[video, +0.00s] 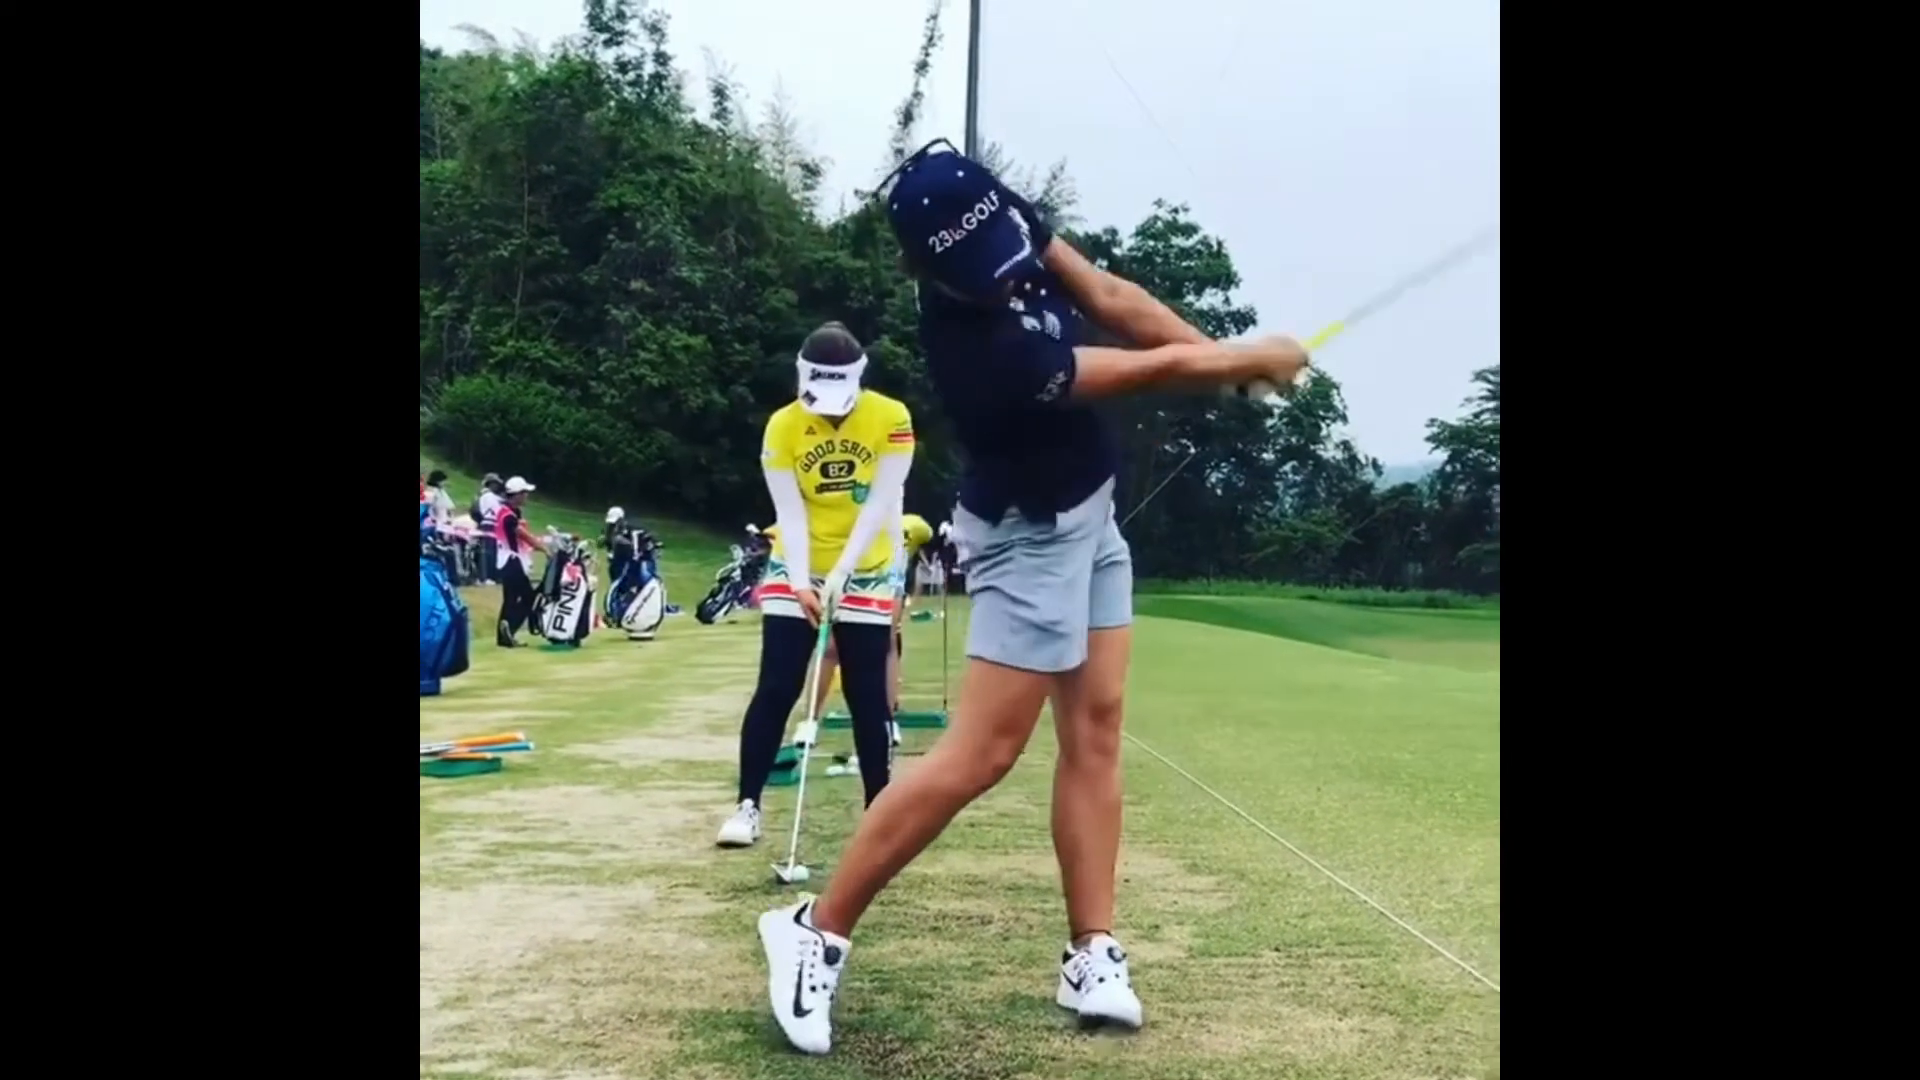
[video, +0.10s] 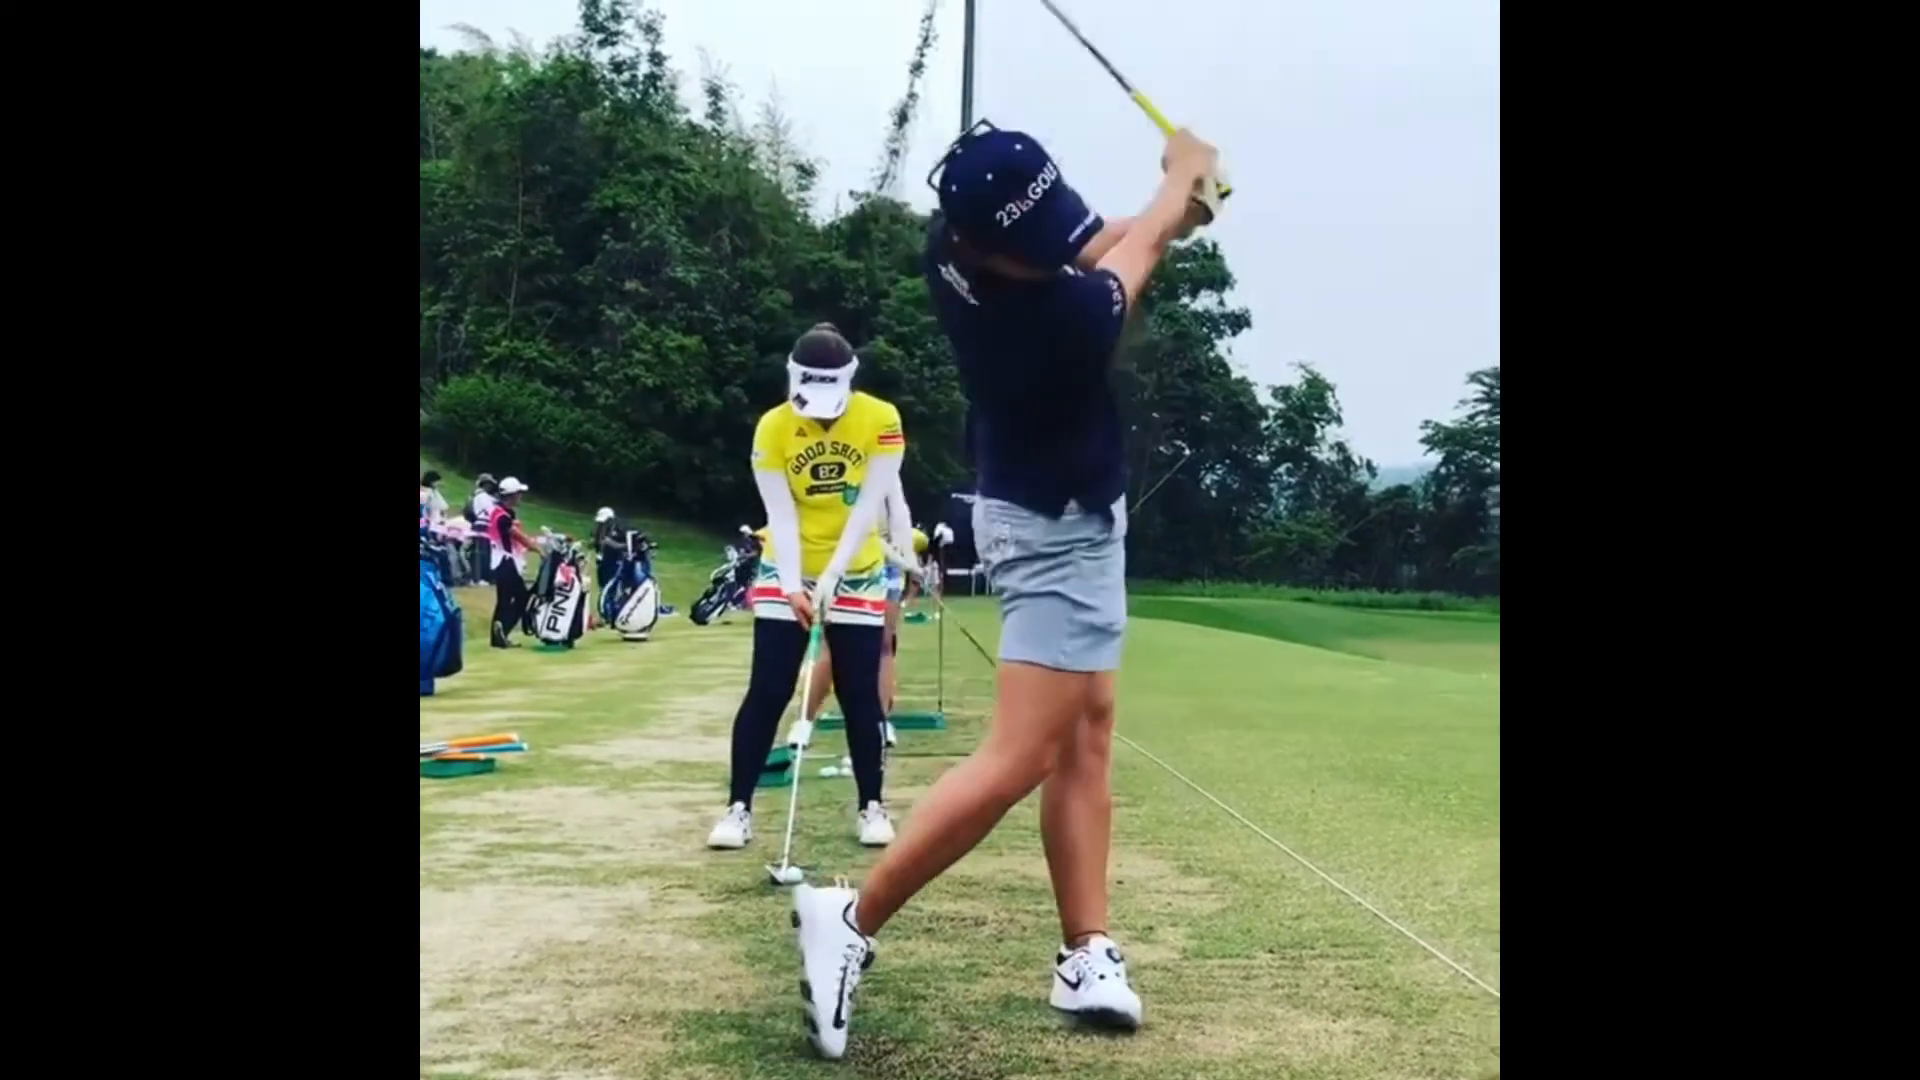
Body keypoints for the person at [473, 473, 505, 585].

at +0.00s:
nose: (499, 488)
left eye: (499, 486)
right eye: (497, 486)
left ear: (486, 485)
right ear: (494, 485)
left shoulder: (482, 496)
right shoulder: (496, 498)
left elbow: (474, 511)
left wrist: (480, 520)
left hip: (484, 526)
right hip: (492, 526)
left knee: (484, 552)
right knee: (491, 552)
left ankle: (483, 576)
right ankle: (489, 576)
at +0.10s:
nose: (492, 488)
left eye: (492, 485)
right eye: (491, 485)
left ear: (480, 485)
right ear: (487, 485)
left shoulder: (475, 497)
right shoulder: (489, 498)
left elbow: (468, 512)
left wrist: (474, 520)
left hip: (476, 527)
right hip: (485, 528)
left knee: (475, 553)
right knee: (484, 553)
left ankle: (475, 577)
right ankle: (483, 577)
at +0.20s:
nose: (487, 489)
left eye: (487, 486)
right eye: (486, 487)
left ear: (475, 486)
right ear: (484, 487)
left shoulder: (471, 498)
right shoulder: (487, 500)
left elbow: (463, 513)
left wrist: (469, 521)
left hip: (471, 528)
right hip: (481, 529)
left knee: (470, 554)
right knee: (480, 554)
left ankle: (471, 578)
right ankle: (480, 578)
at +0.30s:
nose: (483, 489)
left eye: (483, 486)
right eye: (482, 486)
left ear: (471, 486)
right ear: (479, 487)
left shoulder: (466, 498)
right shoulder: (482, 500)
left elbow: (458, 513)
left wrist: (465, 521)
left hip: (466, 528)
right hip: (477, 528)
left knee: (465, 554)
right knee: (475, 554)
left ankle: (466, 578)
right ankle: (475, 578)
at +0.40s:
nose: (478, 490)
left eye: (478, 488)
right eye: (477, 488)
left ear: (466, 487)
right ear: (474, 487)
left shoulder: (461, 499)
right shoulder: (477, 501)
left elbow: (454, 515)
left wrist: (461, 523)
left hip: (461, 530)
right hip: (472, 531)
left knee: (460, 556)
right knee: (471, 556)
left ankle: (460, 579)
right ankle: (470, 579)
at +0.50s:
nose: (474, 490)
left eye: (474, 488)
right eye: (473, 488)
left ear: (463, 488)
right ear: (470, 488)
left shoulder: (457, 500)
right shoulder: (474, 502)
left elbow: (450, 515)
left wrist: (457, 523)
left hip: (458, 530)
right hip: (468, 531)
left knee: (458, 556)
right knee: (467, 556)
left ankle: (457, 579)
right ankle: (467, 580)